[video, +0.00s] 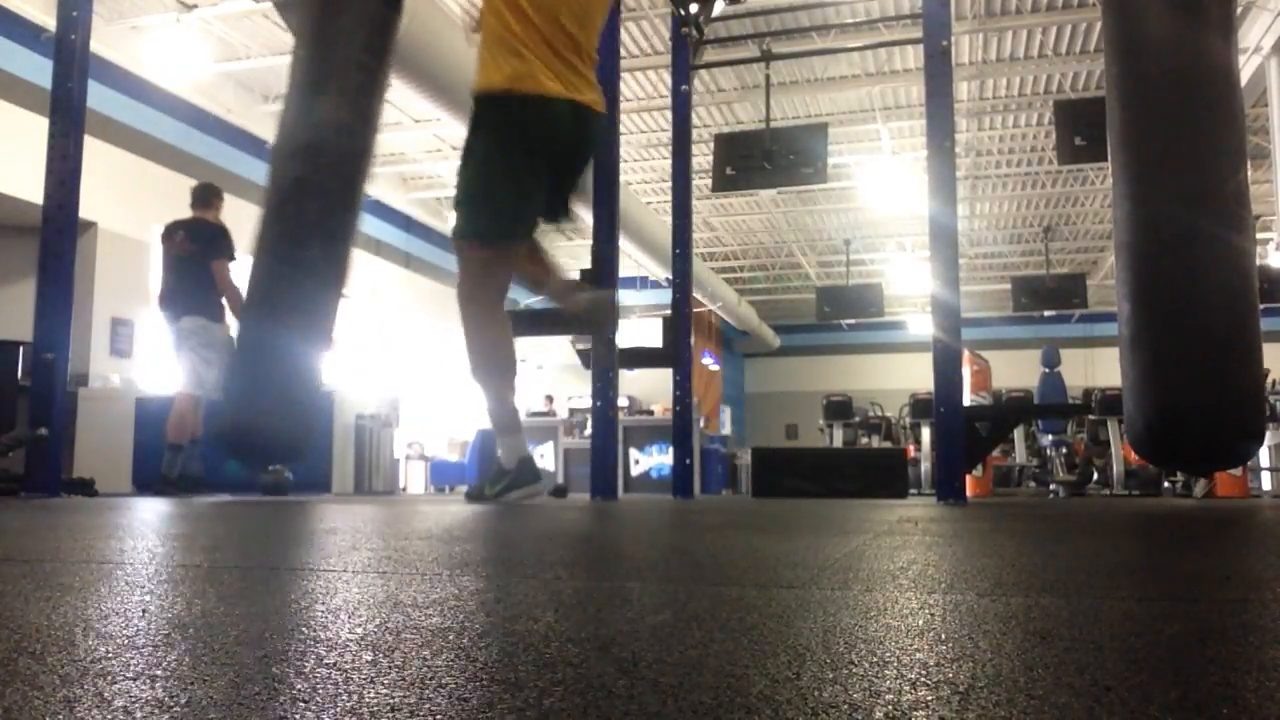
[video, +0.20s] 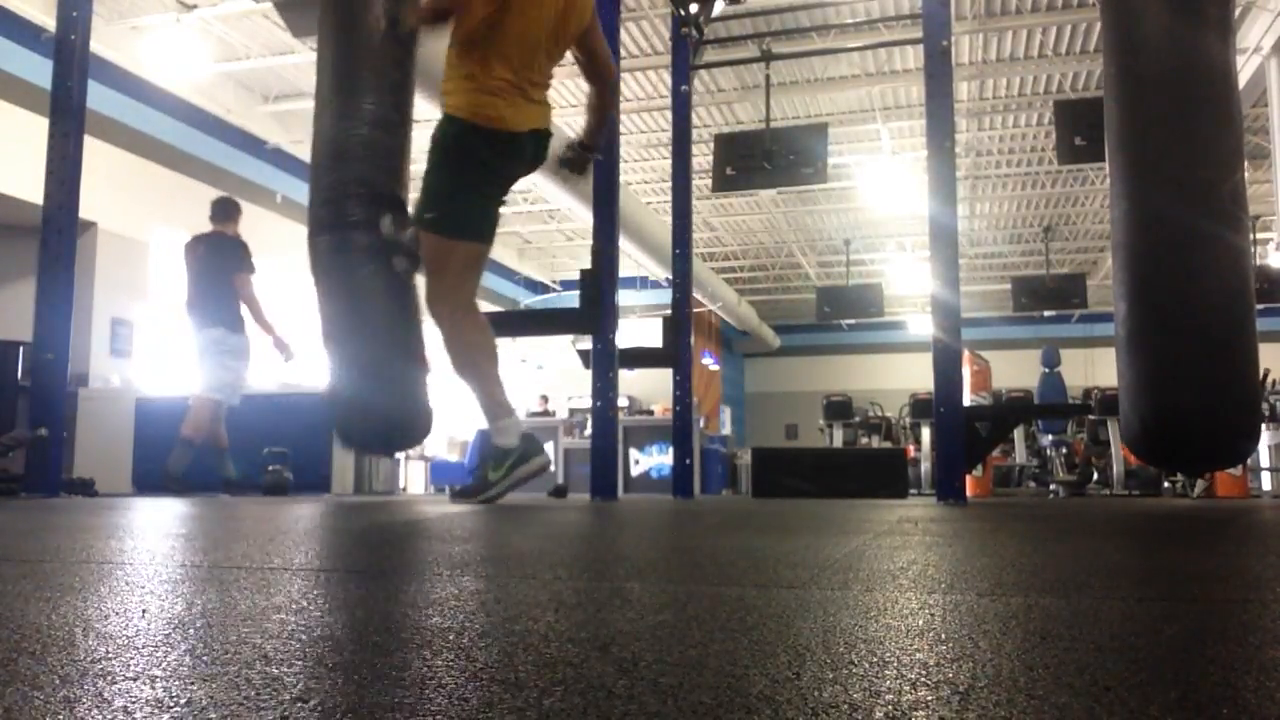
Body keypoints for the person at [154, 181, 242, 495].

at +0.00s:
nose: (220, 210)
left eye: (218, 205)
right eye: (220, 206)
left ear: (192, 203)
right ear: (217, 205)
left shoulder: (172, 229)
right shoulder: (216, 231)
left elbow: (165, 288)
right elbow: (224, 281)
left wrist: (174, 320)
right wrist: (245, 317)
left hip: (176, 311)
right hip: (202, 314)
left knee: (196, 392)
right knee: (190, 389)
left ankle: (191, 464)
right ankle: (171, 464)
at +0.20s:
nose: (237, 225)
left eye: (233, 220)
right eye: (238, 220)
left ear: (211, 217)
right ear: (236, 219)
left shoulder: (194, 244)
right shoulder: (235, 246)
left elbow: (192, 296)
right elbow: (246, 293)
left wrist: (204, 323)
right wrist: (274, 335)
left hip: (201, 325)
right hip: (226, 326)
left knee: (216, 398)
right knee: (211, 396)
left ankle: (227, 469)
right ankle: (178, 462)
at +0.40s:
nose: (256, 230)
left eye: (254, 225)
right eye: (256, 225)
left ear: (231, 223)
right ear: (253, 224)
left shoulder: (215, 249)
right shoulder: (251, 250)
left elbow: (214, 300)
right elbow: (257, 296)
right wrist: (283, 337)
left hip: (225, 338)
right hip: (250, 338)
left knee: (222, 402)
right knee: (260, 400)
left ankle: (223, 472)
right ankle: (221, 442)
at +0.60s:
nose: (275, 237)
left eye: (272, 231)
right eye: (276, 231)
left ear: (252, 229)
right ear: (275, 231)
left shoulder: (234, 253)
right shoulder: (270, 255)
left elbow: (231, 303)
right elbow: (267, 300)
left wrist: (241, 332)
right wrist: (279, 340)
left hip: (241, 334)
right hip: (264, 334)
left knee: (236, 398)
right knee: (284, 398)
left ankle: (230, 466)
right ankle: (277, 462)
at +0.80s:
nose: (297, 246)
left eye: (293, 241)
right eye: (298, 242)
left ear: (276, 238)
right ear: (297, 241)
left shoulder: (257, 264)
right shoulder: (293, 267)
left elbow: (253, 307)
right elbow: (288, 312)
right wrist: (296, 344)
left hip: (258, 346)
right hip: (284, 346)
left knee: (247, 407)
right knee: (296, 410)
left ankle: (234, 468)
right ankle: (300, 470)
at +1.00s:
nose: (317, 250)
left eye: (310, 244)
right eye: (318, 245)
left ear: (298, 243)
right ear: (320, 245)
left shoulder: (278, 269)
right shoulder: (317, 272)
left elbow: (271, 314)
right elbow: (317, 315)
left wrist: (277, 341)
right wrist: (324, 348)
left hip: (280, 348)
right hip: (308, 347)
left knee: (279, 405)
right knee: (309, 411)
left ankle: (255, 454)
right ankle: (307, 473)